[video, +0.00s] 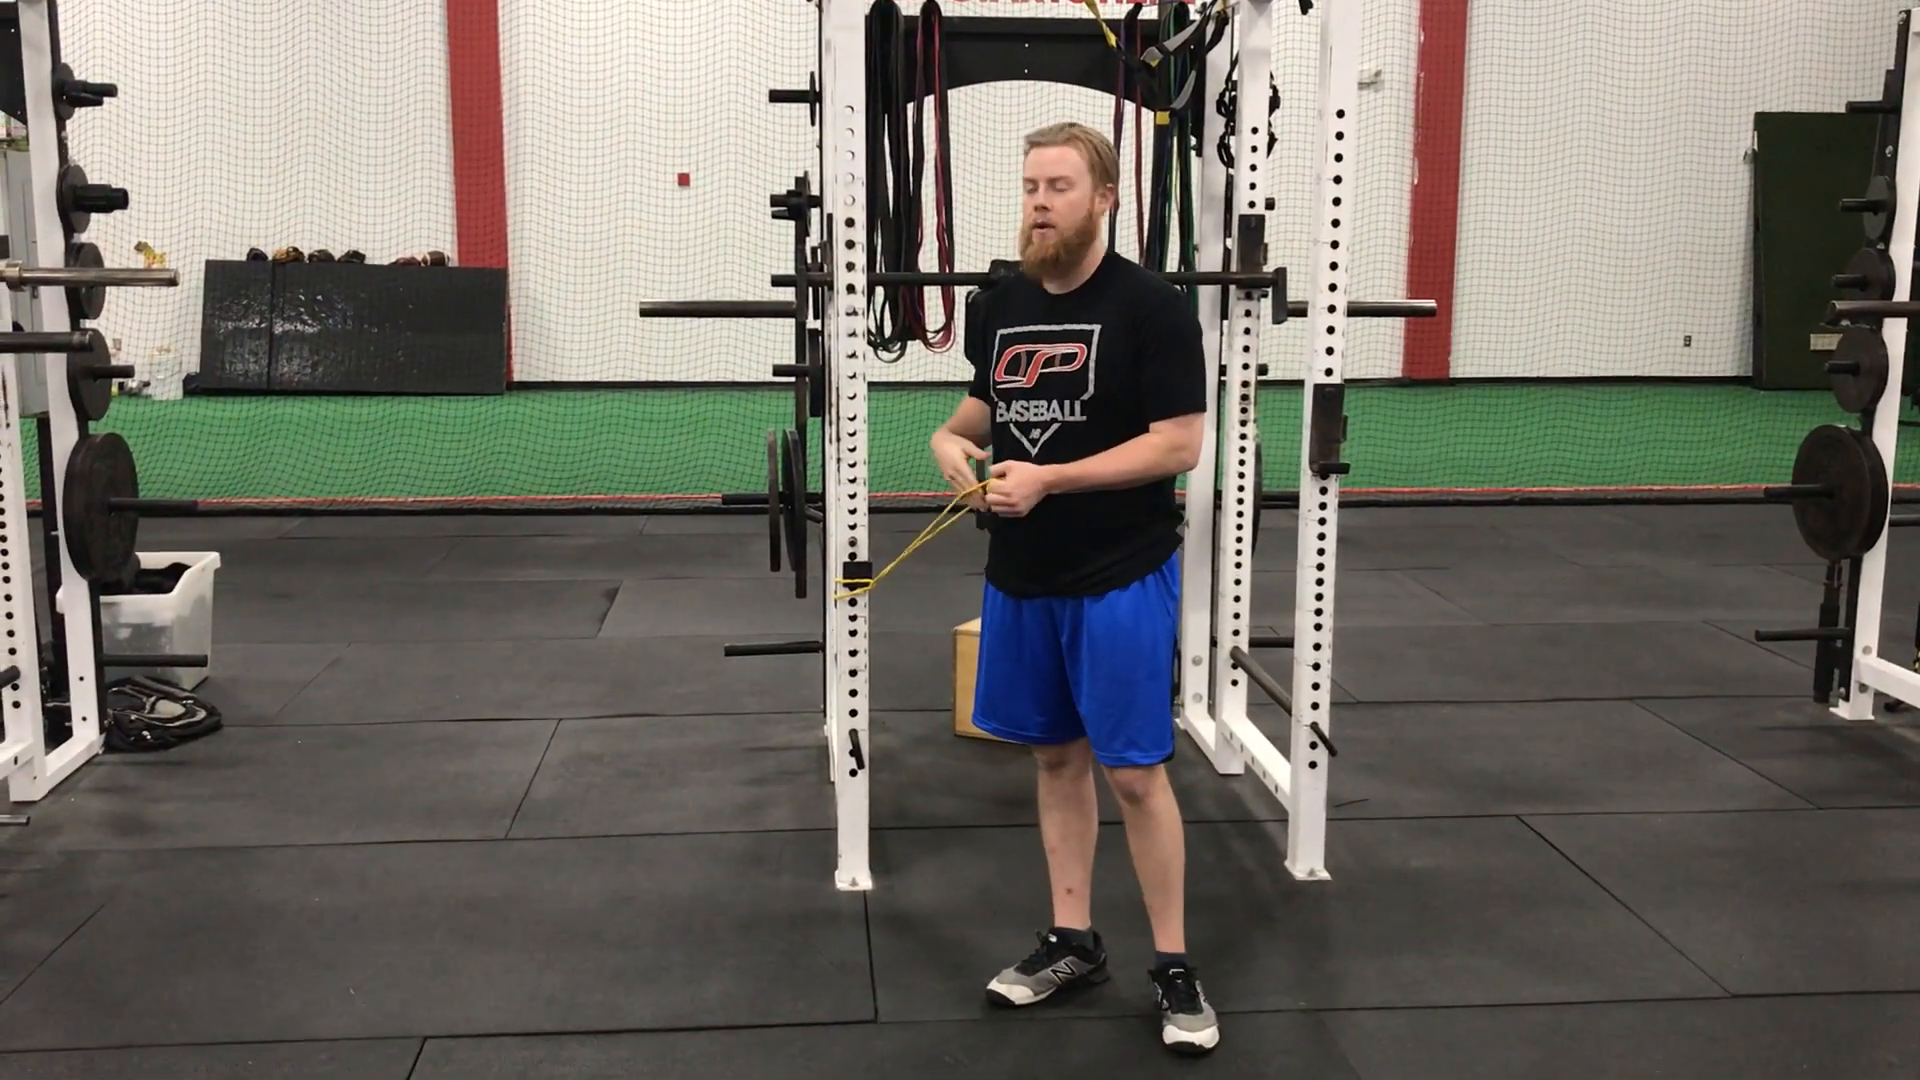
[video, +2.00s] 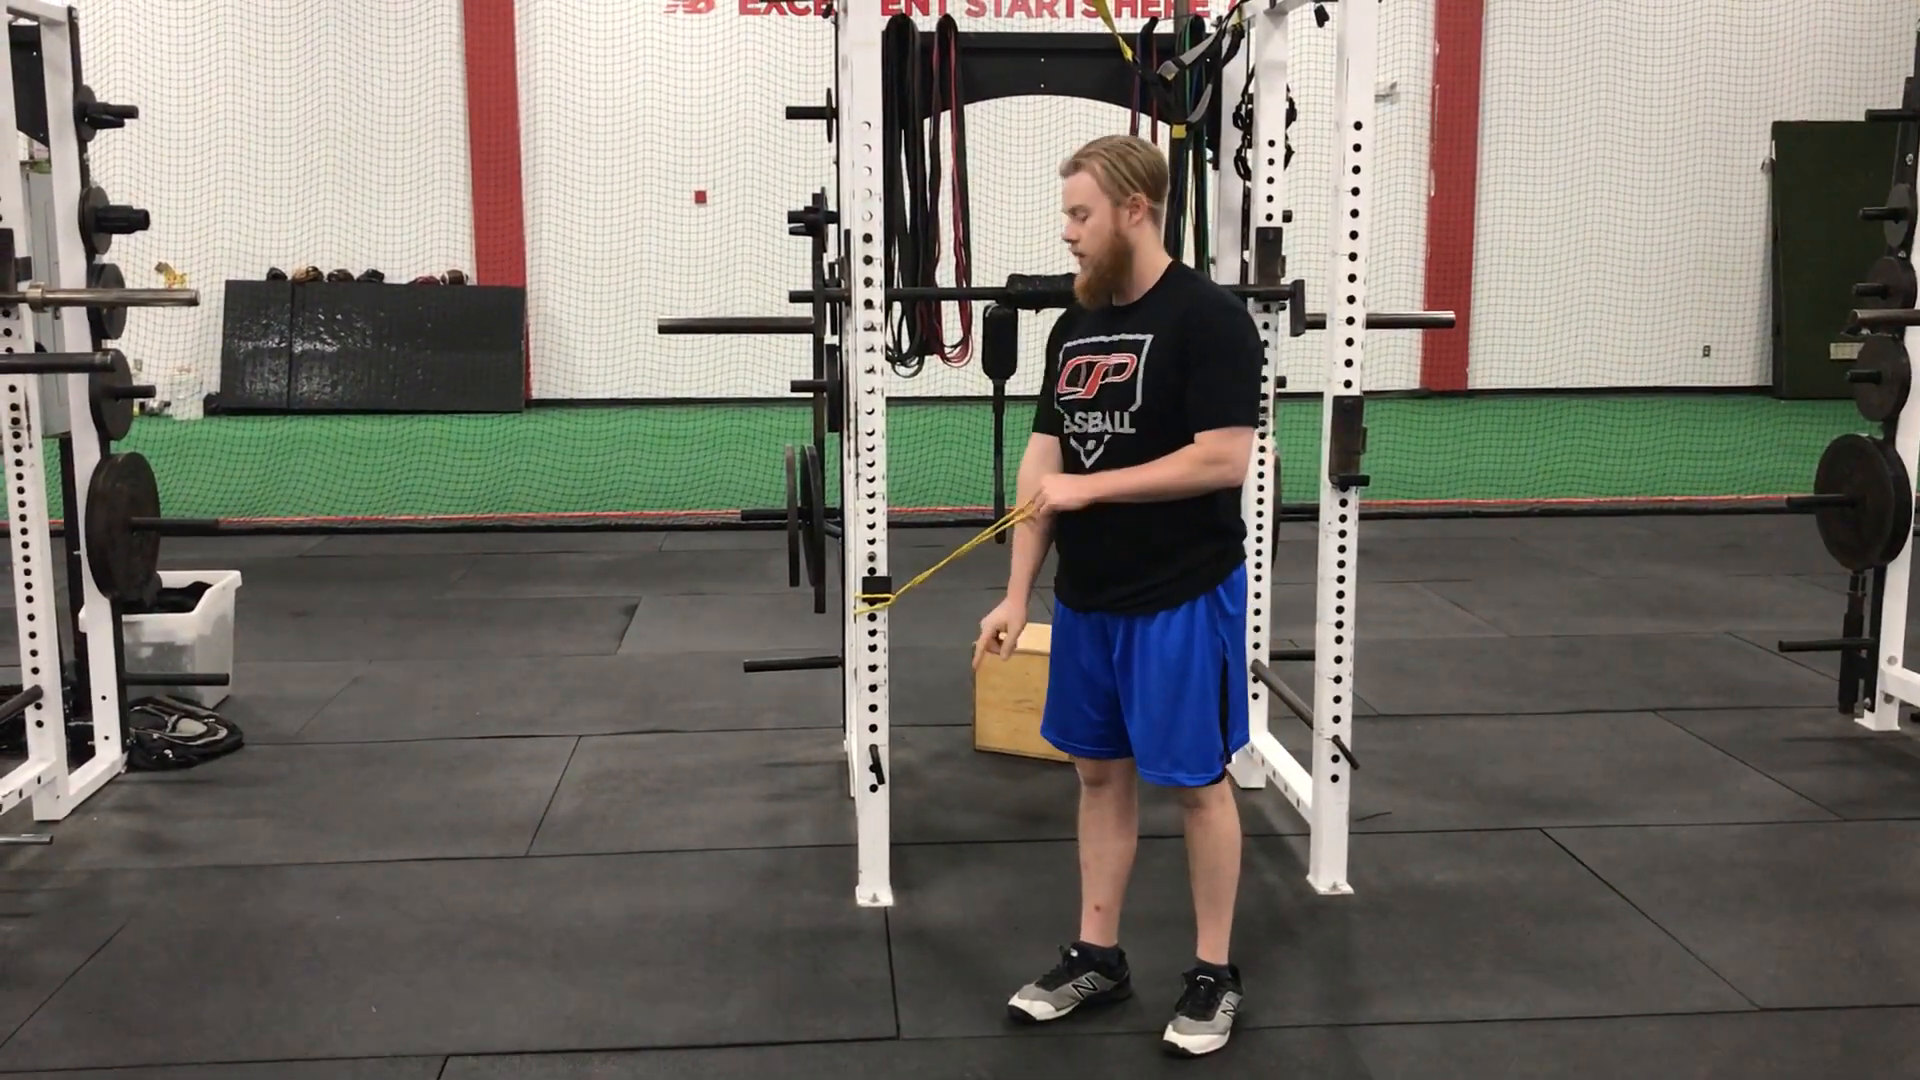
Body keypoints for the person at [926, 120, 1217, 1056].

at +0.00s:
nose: (1037, 202)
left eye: (1057, 187)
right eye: (1029, 187)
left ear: (1102, 200)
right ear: (1021, 199)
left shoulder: (1152, 305)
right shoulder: (999, 301)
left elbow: (1182, 442)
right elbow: (986, 408)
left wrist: (1050, 476)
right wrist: (948, 438)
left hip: (1122, 578)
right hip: (1024, 579)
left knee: (1134, 774)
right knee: (1057, 760)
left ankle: (1172, 966)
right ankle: (1072, 940)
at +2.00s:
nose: (1066, 233)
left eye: (1079, 215)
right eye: (1064, 215)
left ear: (1136, 213)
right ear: (1115, 216)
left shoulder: (1210, 318)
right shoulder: (1078, 328)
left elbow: (1228, 459)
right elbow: (1045, 460)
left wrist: (1088, 486)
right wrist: (1018, 591)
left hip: (1185, 598)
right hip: (1089, 597)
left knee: (1198, 781)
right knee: (1099, 772)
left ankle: (1211, 974)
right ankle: (1097, 957)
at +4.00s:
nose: (951, 257)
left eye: (963, 237)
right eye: (953, 238)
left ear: (1019, 243)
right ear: (1018, 245)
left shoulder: (1078, 352)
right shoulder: (1015, 351)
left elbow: (1090, 505)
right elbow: (1051, 467)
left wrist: (963, 537)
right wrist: (1009, 432)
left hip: (1094, 642)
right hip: (996, 630)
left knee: (1148, 818)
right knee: (917, 781)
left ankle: (1244, 964)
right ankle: (898, 993)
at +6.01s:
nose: (704, 624)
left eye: (703, 609)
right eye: (707, 612)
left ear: (624, 578)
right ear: (689, 612)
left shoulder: (529, 598)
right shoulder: (662, 696)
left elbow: (410, 681)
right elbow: (742, 834)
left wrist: (474, 730)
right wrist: (812, 933)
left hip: (385, 806)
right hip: (500, 858)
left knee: (246, 981)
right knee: (569, 829)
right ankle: (463, 1004)